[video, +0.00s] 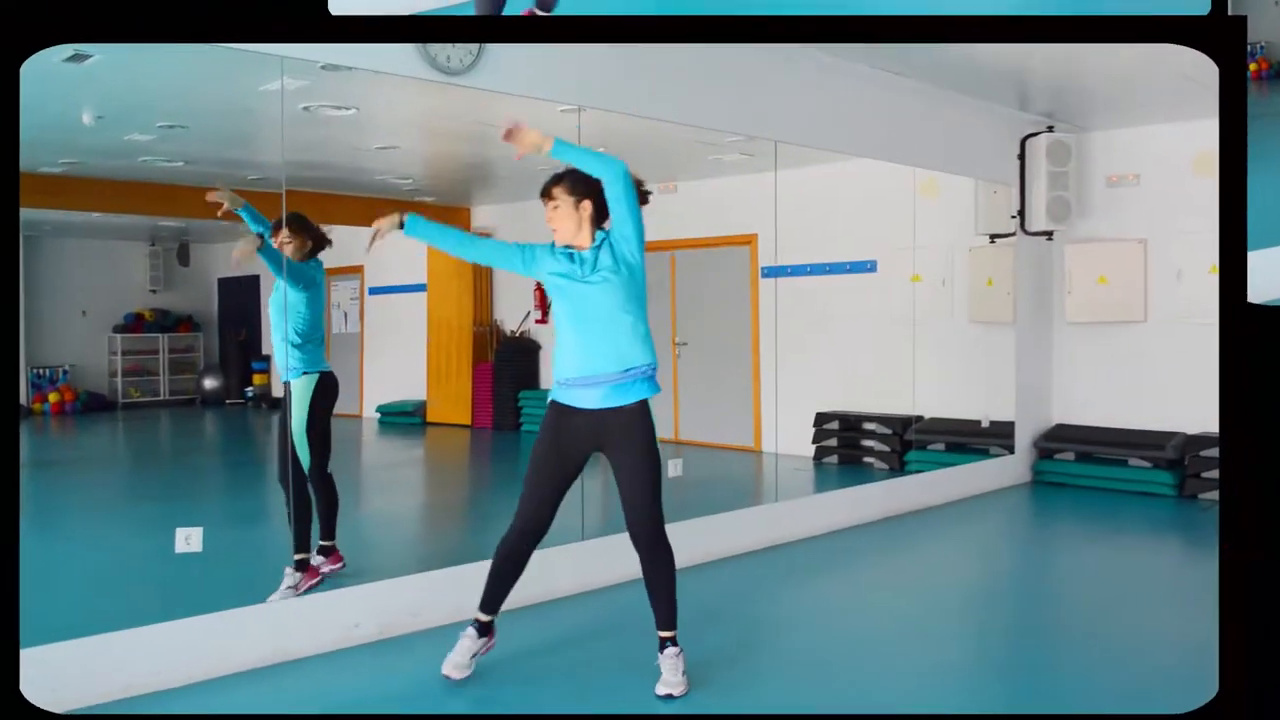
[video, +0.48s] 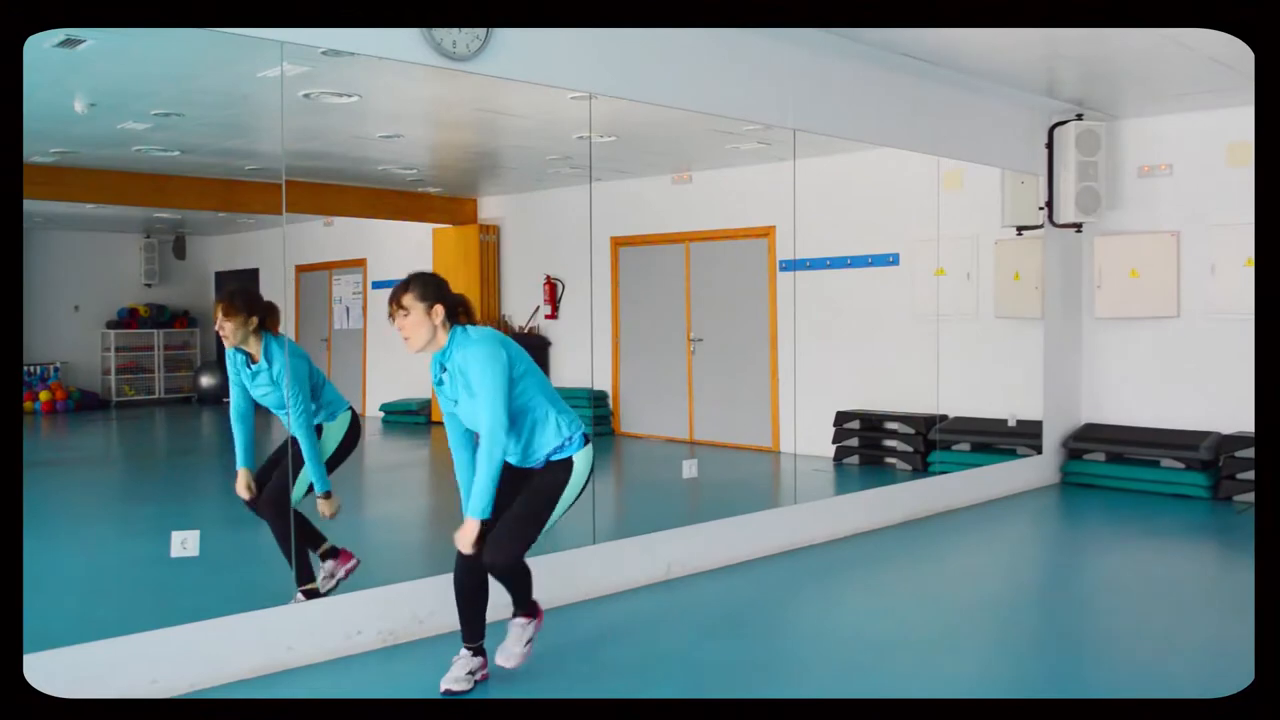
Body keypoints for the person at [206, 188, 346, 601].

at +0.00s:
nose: (281, 245)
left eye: (288, 239)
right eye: (278, 240)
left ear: (307, 241)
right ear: (278, 242)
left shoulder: (308, 272)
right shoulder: (293, 269)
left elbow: (281, 264)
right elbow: (269, 234)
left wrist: (259, 244)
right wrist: (237, 206)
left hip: (310, 382)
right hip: (297, 383)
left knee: (310, 472)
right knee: (294, 473)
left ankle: (309, 561)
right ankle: (322, 554)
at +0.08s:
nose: (271, 258)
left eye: (279, 251)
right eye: (269, 251)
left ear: (297, 253)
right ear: (267, 254)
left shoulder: (304, 283)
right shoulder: (280, 279)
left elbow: (281, 293)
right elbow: (261, 250)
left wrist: (256, 281)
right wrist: (239, 223)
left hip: (307, 398)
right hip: (295, 398)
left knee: (298, 489)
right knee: (313, 482)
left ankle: (307, 585)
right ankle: (332, 561)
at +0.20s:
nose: (250, 264)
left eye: (258, 257)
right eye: (248, 256)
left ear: (279, 261)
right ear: (248, 261)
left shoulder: (290, 297)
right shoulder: (263, 291)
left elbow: (296, 365)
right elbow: (229, 296)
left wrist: (258, 357)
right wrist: (231, 268)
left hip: (319, 400)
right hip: (302, 401)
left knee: (293, 489)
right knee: (278, 478)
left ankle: (310, 589)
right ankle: (324, 551)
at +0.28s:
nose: (234, 279)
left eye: (241, 271)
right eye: (232, 272)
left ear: (263, 274)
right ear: (235, 276)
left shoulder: (286, 315)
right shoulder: (250, 312)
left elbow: (303, 388)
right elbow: (237, 343)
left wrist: (270, 406)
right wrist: (220, 323)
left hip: (329, 406)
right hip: (301, 407)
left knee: (288, 494)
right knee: (259, 473)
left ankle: (311, 590)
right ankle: (320, 537)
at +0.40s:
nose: (222, 313)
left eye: (229, 305)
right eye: (220, 305)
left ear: (254, 309)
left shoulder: (285, 345)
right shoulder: (239, 342)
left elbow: (308, 413)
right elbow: (249, 389)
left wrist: (303, 479)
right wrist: (226, 425)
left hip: (336, 419)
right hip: (303, 421)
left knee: (279, 498)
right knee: (247, 477)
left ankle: (310, 592)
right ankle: (320, 534)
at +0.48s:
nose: (218, 327)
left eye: (226, 320)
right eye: (217, 319)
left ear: (252, 323)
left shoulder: (285, 356)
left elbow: (302, 425)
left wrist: (324, 491)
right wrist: (243, 468)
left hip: (336, 426)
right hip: (307, 428)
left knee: (275, 501)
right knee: (255, 494)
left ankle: (310, 593)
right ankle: (332, 555)